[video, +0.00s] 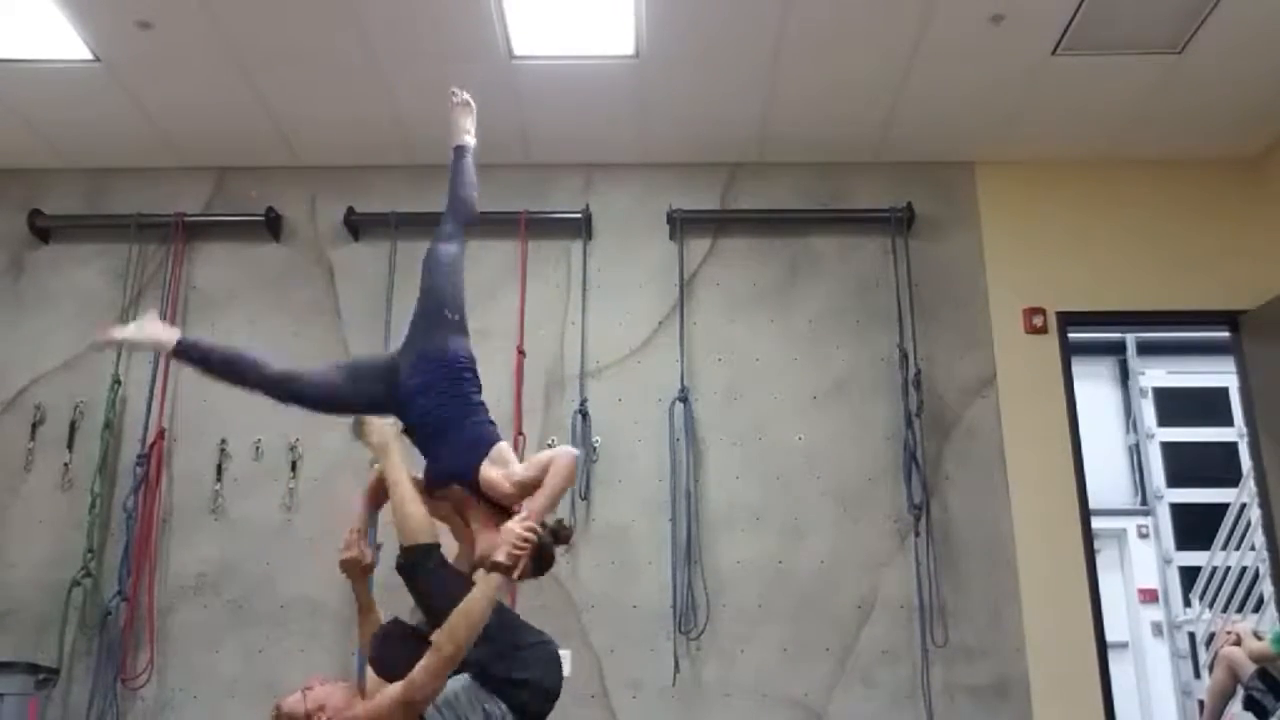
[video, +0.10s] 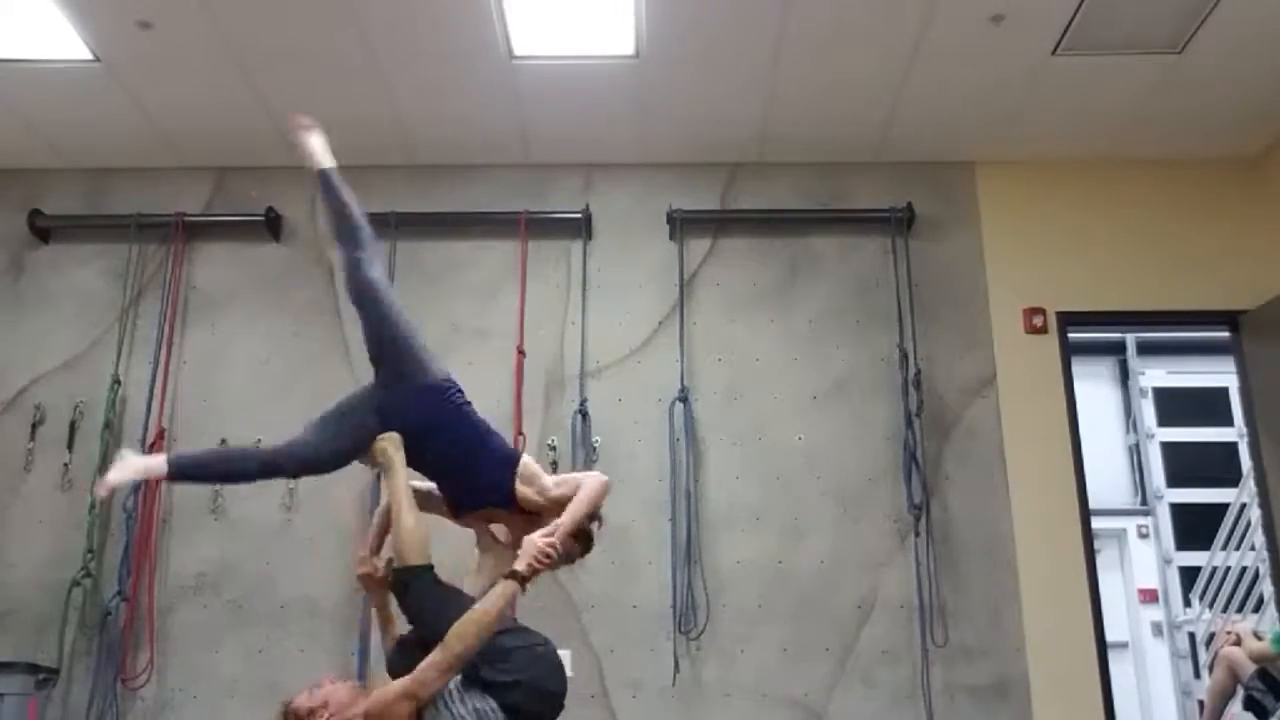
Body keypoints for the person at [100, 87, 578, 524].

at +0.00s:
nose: (519, 471)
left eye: (514, 487)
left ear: (498, 518)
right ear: (528, 522)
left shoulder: (460, 510)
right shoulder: (507, 467)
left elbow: (386, 479)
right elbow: (563, 464)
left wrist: (363, 528)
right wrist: (521, 523)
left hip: (398, 390)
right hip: (442, 348)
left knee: (281, 384)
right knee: (454, 231)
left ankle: (169, 341)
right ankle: (465, 140)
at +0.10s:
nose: (543, 546)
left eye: (554, 555)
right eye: (556, 544)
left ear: (535, 535)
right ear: (555, 514)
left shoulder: (482, 518)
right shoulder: (530, 486)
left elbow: (406, 492)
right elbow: (595, 483)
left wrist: (375, 543)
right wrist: (558, 531)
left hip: (380, 422)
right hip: (421, 390)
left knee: (283, 461)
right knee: (363, 271)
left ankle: (147, 468)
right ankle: (324, 165)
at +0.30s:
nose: (460, 509)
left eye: (465, 509)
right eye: (472, 507)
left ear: (459, 496)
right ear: (490, 492)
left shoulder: (425, 480)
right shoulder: (487, 464)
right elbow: (506, 492)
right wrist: (492, 536)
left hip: (348, 426)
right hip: (389, 391)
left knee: (355, 512)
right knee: (276, 317)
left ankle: (276, 607)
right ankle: (148, 235)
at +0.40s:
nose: (454, 504)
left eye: (455, 503)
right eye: (462, 503)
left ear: (446, 487)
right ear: (470, 486)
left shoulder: (398, 466)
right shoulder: (472, 456)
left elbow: (314, 507)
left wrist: (337, 576)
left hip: (366, 403)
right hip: (418, 379)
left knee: (375, 501)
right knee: (315, 301)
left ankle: (307, 616)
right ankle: (203, 220)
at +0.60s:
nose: (318, 704)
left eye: (310, 702)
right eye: (314, 714)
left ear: (320, 688)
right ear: (327, 714)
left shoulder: (385, 687)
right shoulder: (376, 709)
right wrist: (385, 669)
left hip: (549, 685)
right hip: (522, 696)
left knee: (480, 559)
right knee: (438, 564)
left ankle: (528, 443)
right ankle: (466, 427)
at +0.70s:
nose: (321, 678)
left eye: (308, 684)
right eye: (310, 691)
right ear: (321, 714)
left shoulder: (387, 701)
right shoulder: (378, 715)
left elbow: (403, 659)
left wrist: (390, 588)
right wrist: (453, 679)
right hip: (531, 701)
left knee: (476, 561)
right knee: (472, 562)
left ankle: (545, 460)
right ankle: (546, 459)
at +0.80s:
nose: (319, 679)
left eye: (307, 684)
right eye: (308, 690)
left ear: (328, 706)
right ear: (320, 714)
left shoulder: (392, 700)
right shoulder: (381, 715)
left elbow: (405, 656)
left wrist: (400, 585)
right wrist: (500, 692)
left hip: (535, 696)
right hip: (536, 707)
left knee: (510, 555)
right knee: (504, 556)